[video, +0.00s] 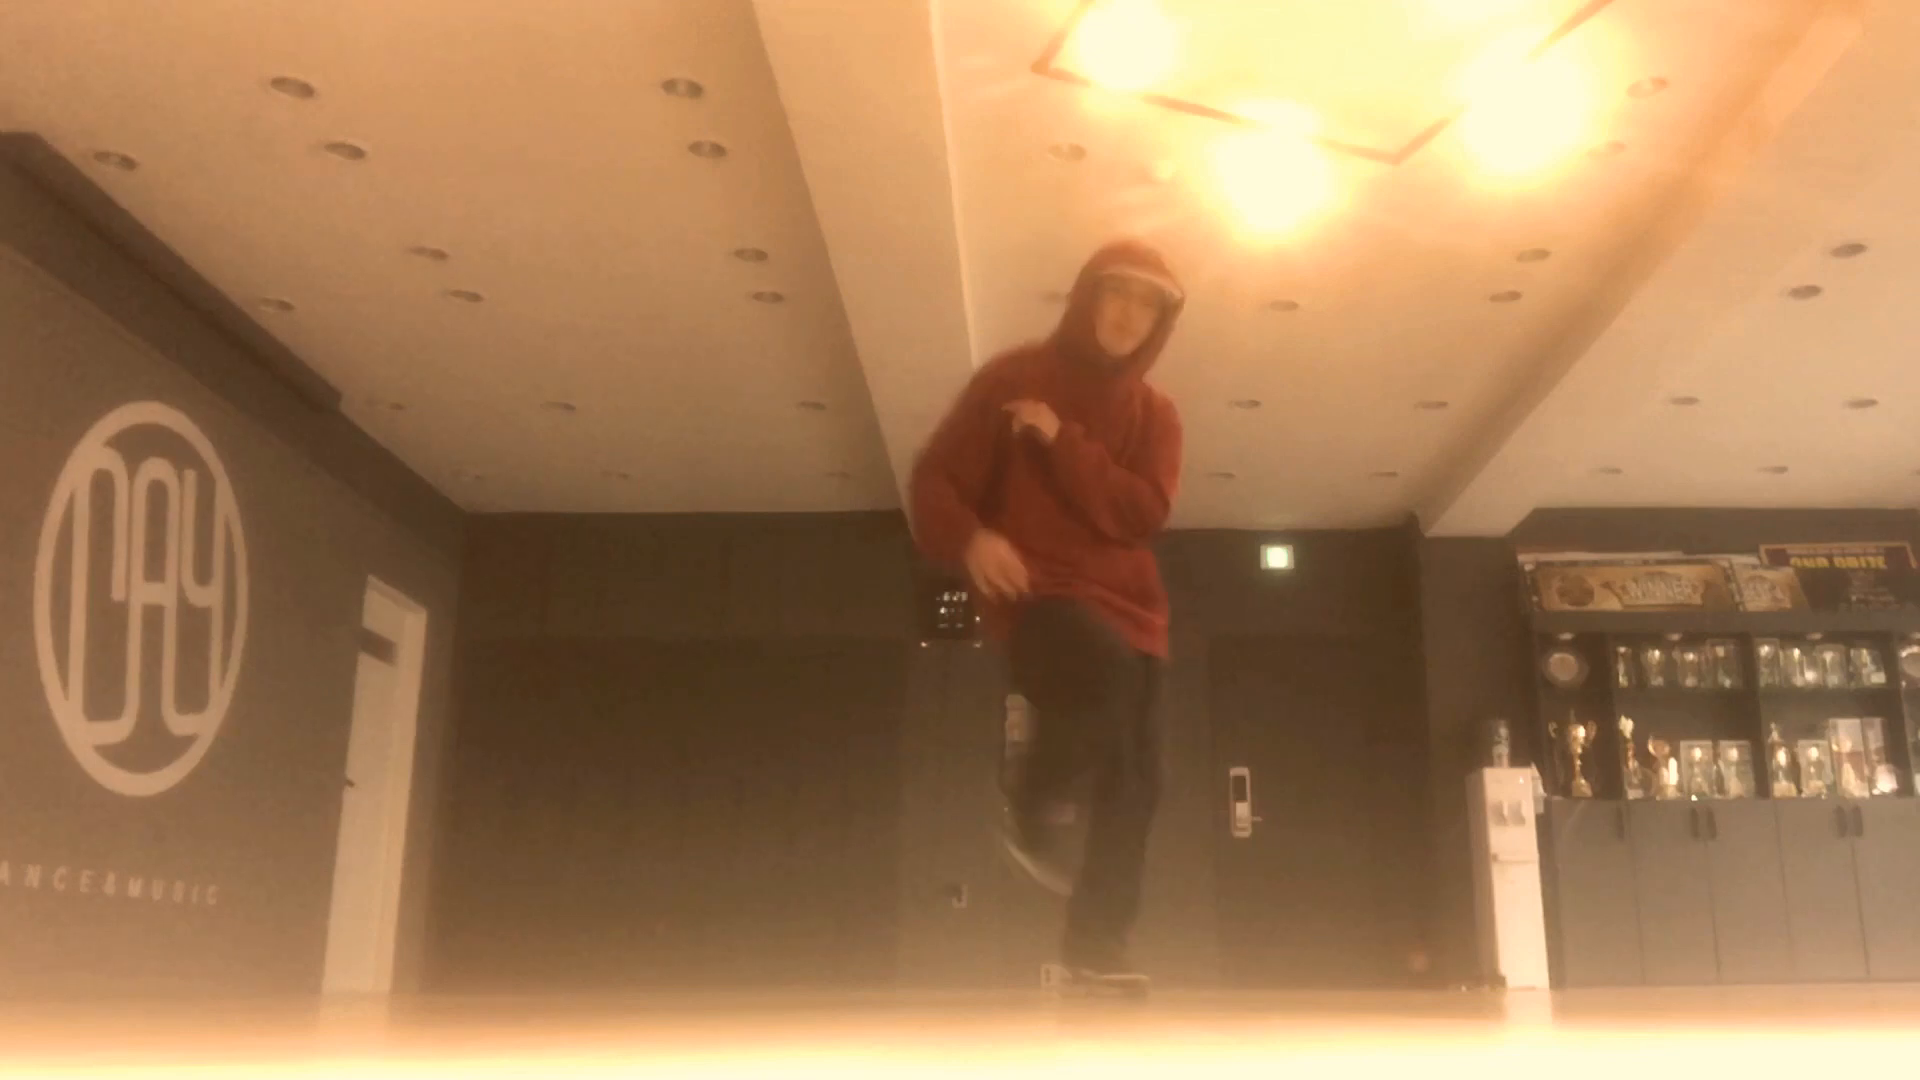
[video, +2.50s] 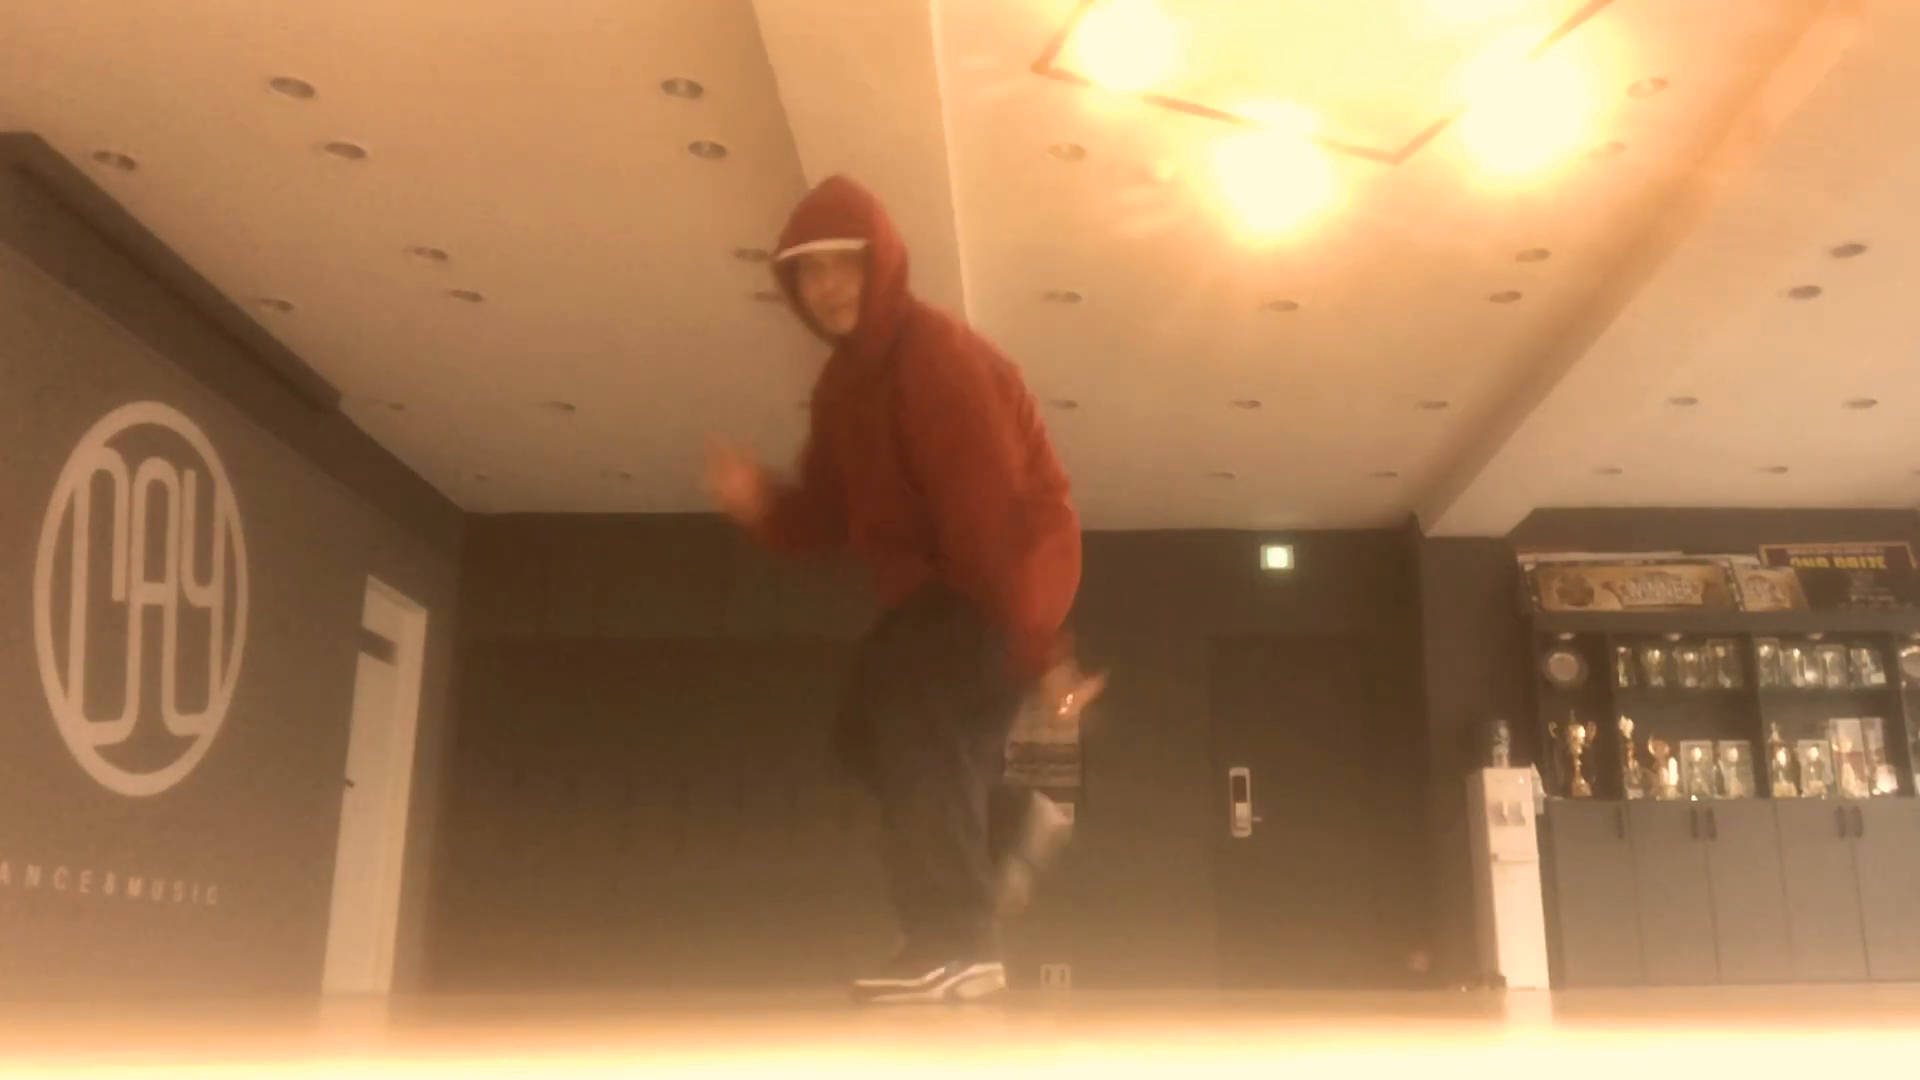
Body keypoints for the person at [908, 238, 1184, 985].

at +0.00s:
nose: (1126, 313)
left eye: (1145, 304)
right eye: (1116, 293)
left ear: (1159, 323)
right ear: (1086, 297)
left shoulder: (1153, 412)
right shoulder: (1013, 376)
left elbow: (1145, 512)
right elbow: (932, 477)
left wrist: (1059, 439)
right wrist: (969, 540)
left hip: (1127, 609)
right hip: (1037, 591)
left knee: (1131, 773)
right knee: (1102, 665)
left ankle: (1097, 946)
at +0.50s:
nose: (992, 287)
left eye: (1011, 274)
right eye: (977, 267)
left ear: (1032, 291)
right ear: (947, 278)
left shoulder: (1053, 398)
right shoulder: (891, 379)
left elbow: (1083, 534)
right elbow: (842, 503)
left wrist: (1068, 655)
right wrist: (851, 613)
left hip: (993, 640)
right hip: (889, 629)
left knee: (1006, 813)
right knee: (862, 800)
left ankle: (1024, 952)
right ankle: (855, 964)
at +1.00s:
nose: (932, 245)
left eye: (953, 231)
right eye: (915, 224)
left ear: (973, 254)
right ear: (884, 235)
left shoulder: (977, 377)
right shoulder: (840, 328)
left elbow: (1049, 492)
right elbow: (901, 398)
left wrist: (1156, 578)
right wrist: (1014, 454)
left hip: (942, 603)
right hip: (825, 610)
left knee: (948, 730)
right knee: (810, 799)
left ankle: (874, 941)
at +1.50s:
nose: (785, 291)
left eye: (806, 271)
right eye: (767, 273)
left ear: (843, 279)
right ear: (749, 290)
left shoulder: (900, 367)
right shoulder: (766, 397)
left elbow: (836, 482)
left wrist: (701, 568)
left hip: (965, 594)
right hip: (861, 609)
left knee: (931, 759)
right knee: (845, 774)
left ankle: (922, 956)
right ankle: (840, 954)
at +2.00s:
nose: (756, 276)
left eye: (770, 253)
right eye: (737, 262)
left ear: (809, 252)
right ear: (726, 281)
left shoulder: (881, 333)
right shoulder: (777, 366)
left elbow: (971, 448)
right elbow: (752, 474)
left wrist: (1053, 562)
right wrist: (768, 431)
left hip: (966, 551)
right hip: (899, 561)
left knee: (919, 693)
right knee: (881, 707)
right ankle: (925, 913)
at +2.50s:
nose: (824, 288)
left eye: (841, 265)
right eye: (806, 272)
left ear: (880, 266)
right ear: (792, 287)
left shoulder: (937, 355)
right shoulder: (844, 381)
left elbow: (989, 510)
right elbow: (832, 523)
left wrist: (1042, 649)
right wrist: (765, 502)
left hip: (1007, 582)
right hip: (938, 584)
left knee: (918, 717)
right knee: (864, 727)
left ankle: (953, 946)